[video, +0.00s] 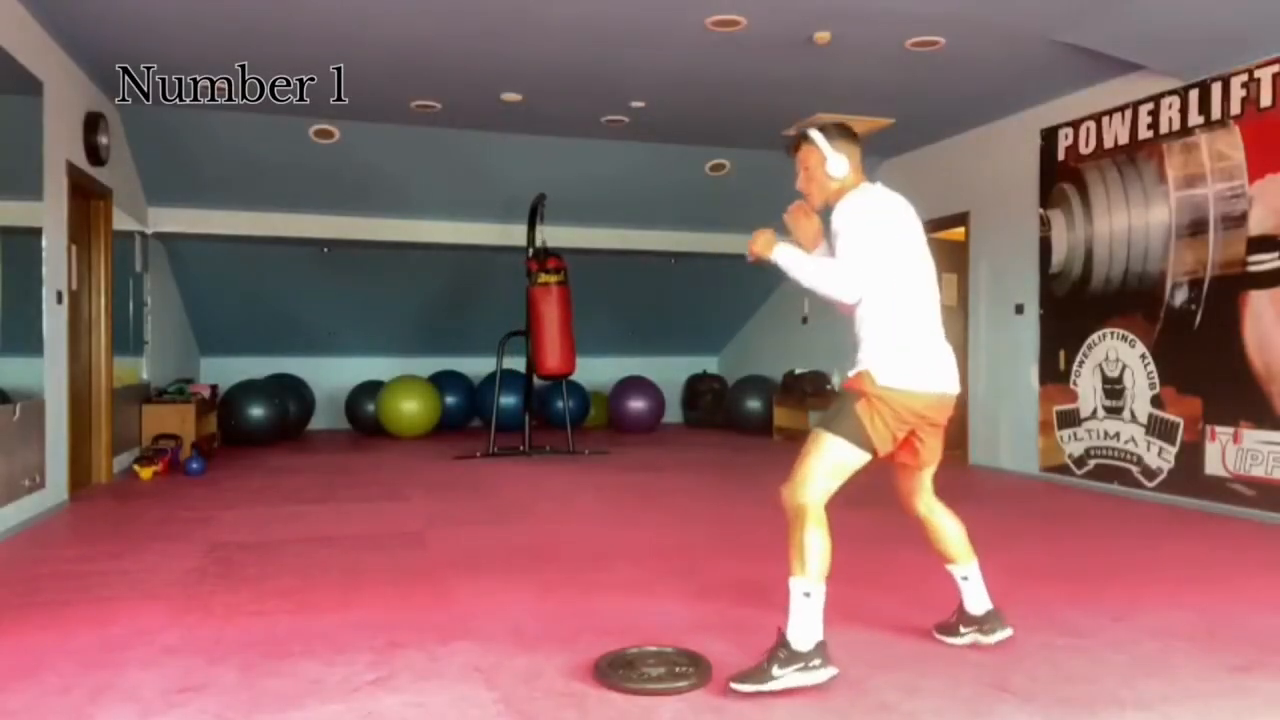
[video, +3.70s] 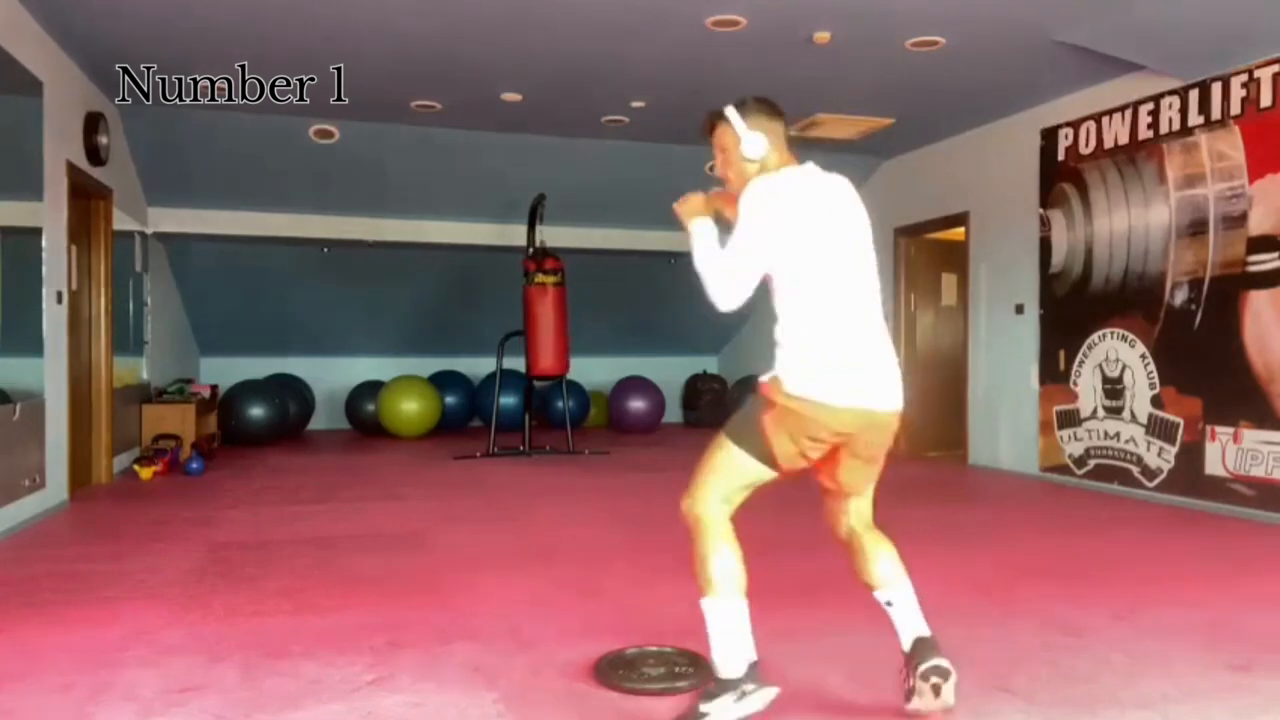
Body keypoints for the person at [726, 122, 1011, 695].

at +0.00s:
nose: (801, 180)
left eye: (806, 167)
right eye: (799, 169)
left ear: (832, 162)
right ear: (850, 161)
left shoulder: (855, 210)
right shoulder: (897, 206)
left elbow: (849, 286)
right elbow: (870, 290)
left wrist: (781, 254)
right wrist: (815, 247)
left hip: (890, 384)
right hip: (936, 385)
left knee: (803, 495)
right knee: (921, 498)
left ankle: (803, 648)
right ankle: (982, 612)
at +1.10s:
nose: (830, 175)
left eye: (833, 162)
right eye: (829, 163)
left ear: (862, 160)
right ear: (878, 159)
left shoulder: (900, 204)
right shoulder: (922, 201)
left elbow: (849, 270)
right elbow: (897, 301)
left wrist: (837, 199)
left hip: (946, 369)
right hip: (980, 371)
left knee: (851, 471)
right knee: (937, 478)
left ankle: (914, 612)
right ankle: (995, 595)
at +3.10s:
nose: (811, 200)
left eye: (815, 187)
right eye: (808, 188)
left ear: (841, 183)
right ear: (860, 184)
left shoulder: (862, 229)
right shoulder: (902, 230)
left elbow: (798, 292)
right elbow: (863, 328)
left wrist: (743, 239)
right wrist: (821, 260)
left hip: (907, 406)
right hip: (945, 405)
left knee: (830, 519)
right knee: (902, 508)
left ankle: (926, 644)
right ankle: (962, 619)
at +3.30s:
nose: (797, 199)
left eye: (805, 185)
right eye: (792, 188)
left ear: (839, 178)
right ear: (799, 191)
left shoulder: (877, 232)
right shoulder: (830, 244)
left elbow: (872, 322)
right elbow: (802, 314)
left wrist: (805, 262)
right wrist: (777, 258)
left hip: (908, 395)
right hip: (887, 393)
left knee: (831, 514)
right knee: (874, 518)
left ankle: (852, 676)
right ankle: (955, 613)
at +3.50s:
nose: (756, 195)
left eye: (766, 180)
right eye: (752, 184)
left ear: (799, 178)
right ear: (757, 189)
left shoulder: (859, 238)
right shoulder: (787, 249)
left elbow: (849, 337)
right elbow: (732, 309)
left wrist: (782, 262)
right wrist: (713, 254)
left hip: (882, 412)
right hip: (847, 411)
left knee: (781, 526)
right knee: (867, 525)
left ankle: (778, 696)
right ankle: (947, 611)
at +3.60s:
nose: (720, 176)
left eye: (724, 163)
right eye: (719, 165)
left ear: (755, 158)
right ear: (772, 158)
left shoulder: (796, 215)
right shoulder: (822, 203)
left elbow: (766, 306)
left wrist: (720, 235)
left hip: (840, 405)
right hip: (882, 404)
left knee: (742, 524)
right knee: (854, 517)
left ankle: (771, 693)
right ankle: (941, 633)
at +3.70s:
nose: (719, 171)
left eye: (720, 156)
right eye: (715, 159)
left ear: (746, 145)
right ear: (781, 144)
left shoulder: (765, 198)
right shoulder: (843, 191)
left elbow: (728, 291)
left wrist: (698, 226)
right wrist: (746, 212)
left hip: (810, 392)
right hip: (881, 397)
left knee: (706, 505)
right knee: (855, 521)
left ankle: (735, 675)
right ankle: (923, 649)